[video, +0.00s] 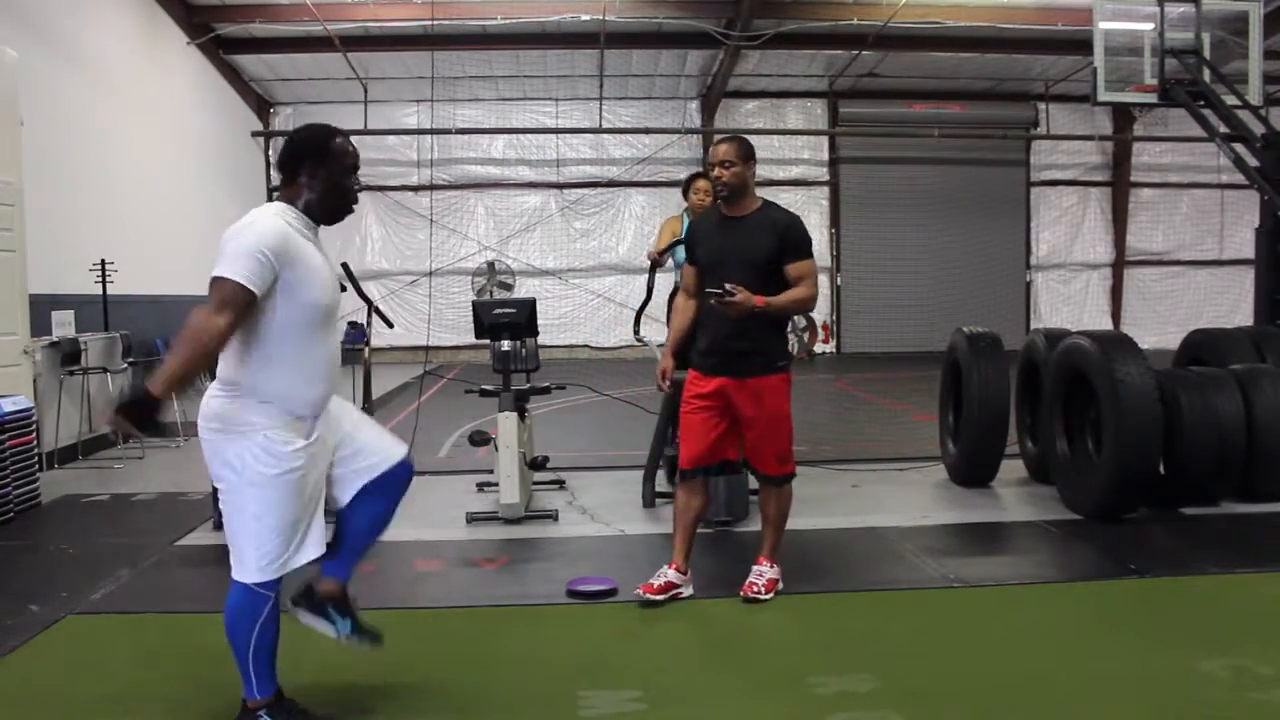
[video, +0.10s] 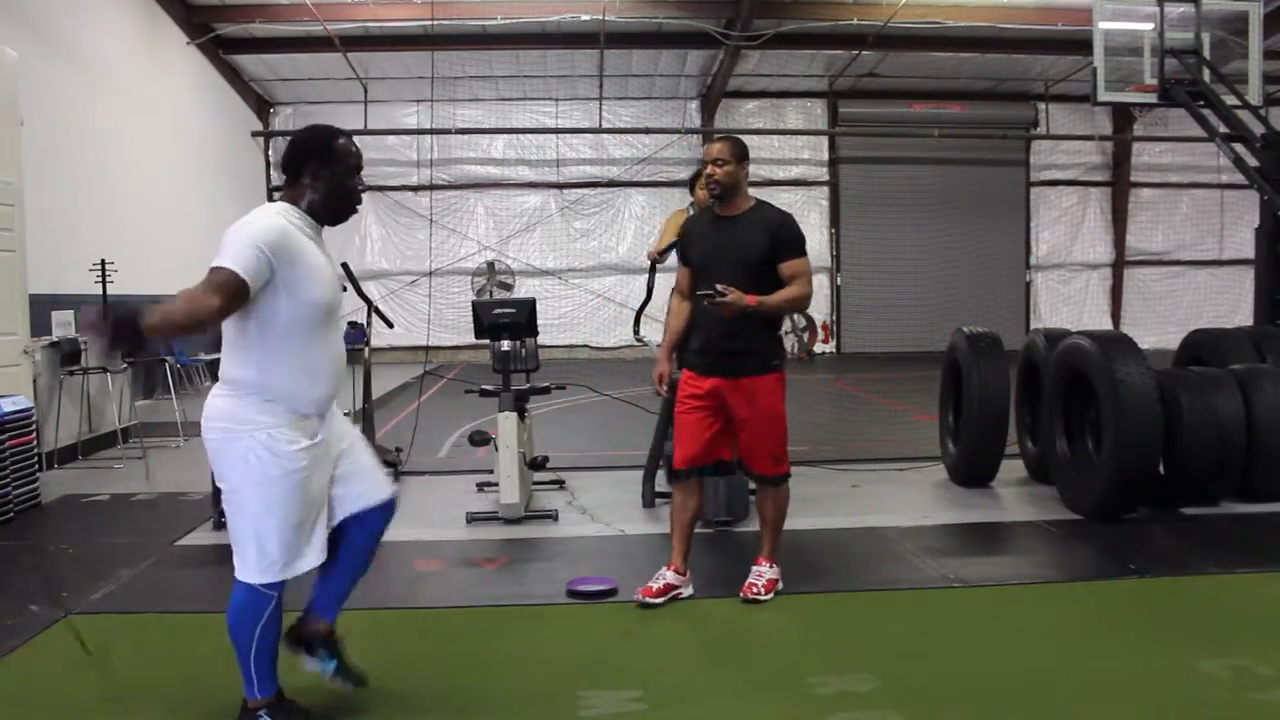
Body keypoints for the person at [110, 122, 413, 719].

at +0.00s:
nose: (356, 190)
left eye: (356, 177)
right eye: (348, 175)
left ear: (308, 177)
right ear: (308, 175)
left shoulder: (303, 236)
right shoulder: (263, 233)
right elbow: (215, 318)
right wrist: (151, 393)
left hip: (310, 410)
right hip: (256, 427)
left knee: (388, 468)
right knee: (260, 574)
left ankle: (329, 589)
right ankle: (260, 700)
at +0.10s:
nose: (362, 187)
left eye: (361, 174)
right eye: (353, 173)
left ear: (314, 177)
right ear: (313, 176)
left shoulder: (309, 240)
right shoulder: (267, 229)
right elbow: (214, 297)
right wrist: (143, 325)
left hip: (316, 420)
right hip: (259, 429)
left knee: (373, 504)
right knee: (262, 572)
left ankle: (316, 627)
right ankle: (261, 701)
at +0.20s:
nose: (361, 186)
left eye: (361, 173)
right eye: (352, 172)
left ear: (312, 177)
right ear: (312, 174)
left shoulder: (311, 237)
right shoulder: (272, 229)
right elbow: (222, 292)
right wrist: (196, 272)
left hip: (314, 425)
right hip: (260, 428)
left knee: (333, 547)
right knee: (273, 571)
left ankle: (294, 671)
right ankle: (259, 702)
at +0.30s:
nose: (364, 181)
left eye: (363, 170)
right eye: (354, 169)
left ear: (317, 175)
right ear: (316, 174)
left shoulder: (318, 238)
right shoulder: (277, 224)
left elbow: (324, 269)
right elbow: (237, 291)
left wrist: (363, 231)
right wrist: (271, 261)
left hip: (302, 425)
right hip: (258, 426)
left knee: (309, 566)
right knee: (283, 574)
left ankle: (284, 678)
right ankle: (264, 700)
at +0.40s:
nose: (372, 185)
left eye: (370, 173)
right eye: (360, 172)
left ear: (332, 182)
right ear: (322, 180)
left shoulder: (333, 240)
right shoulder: (288, 232)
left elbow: (355, 285)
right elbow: (266, 301)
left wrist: (406, 262)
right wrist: (329, 281)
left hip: (292, 421)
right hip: (252, 422)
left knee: (315, 558)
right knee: (300, 564)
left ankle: (288, 679)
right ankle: (265, 697)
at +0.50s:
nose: (371, 208)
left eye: (369, 196)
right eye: (359, 196)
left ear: (325, 206)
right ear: (320, 204)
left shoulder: (328, 266)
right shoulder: (293, 258)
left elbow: (352, 330)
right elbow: (282, 335)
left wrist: (401, 319)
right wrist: (360, 331)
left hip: (297, 437)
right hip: (252, 439)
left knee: (338, 557)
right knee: (323, 565)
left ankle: (287, 678)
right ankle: (267, 696)